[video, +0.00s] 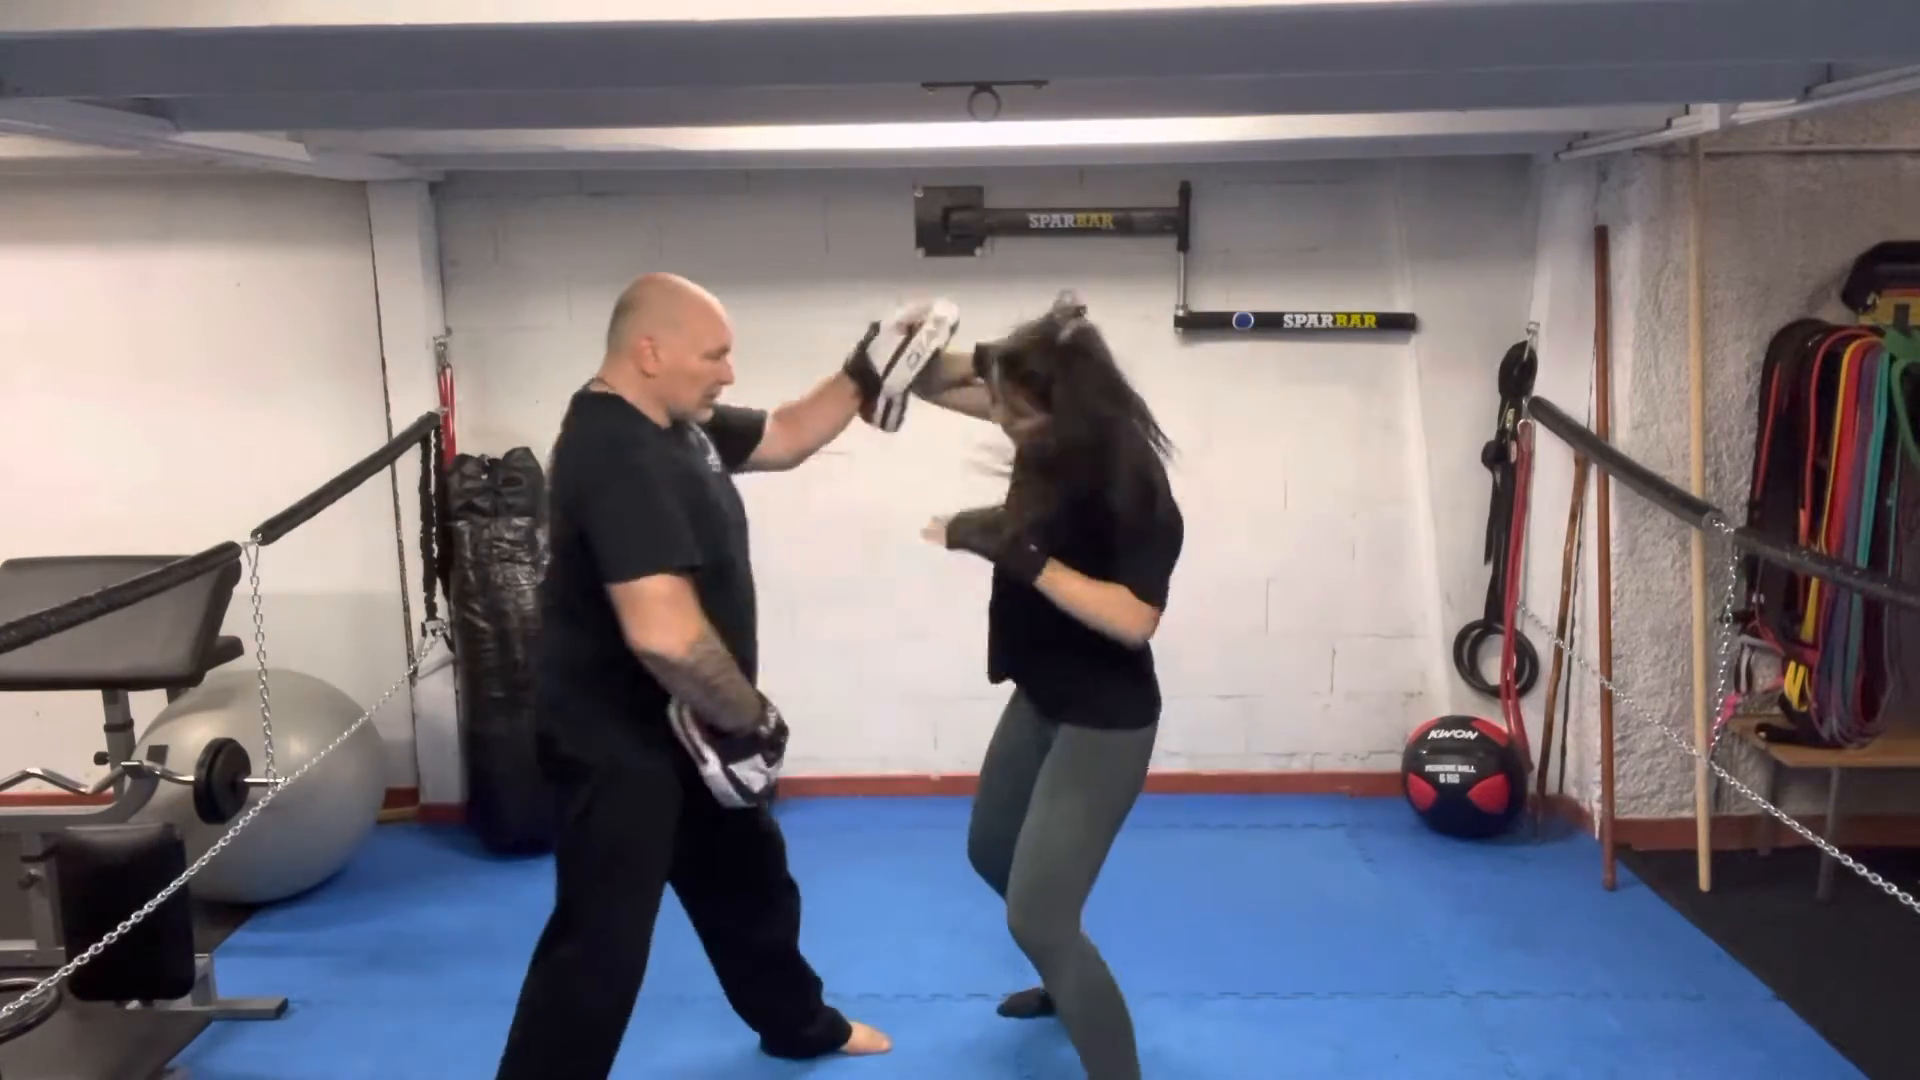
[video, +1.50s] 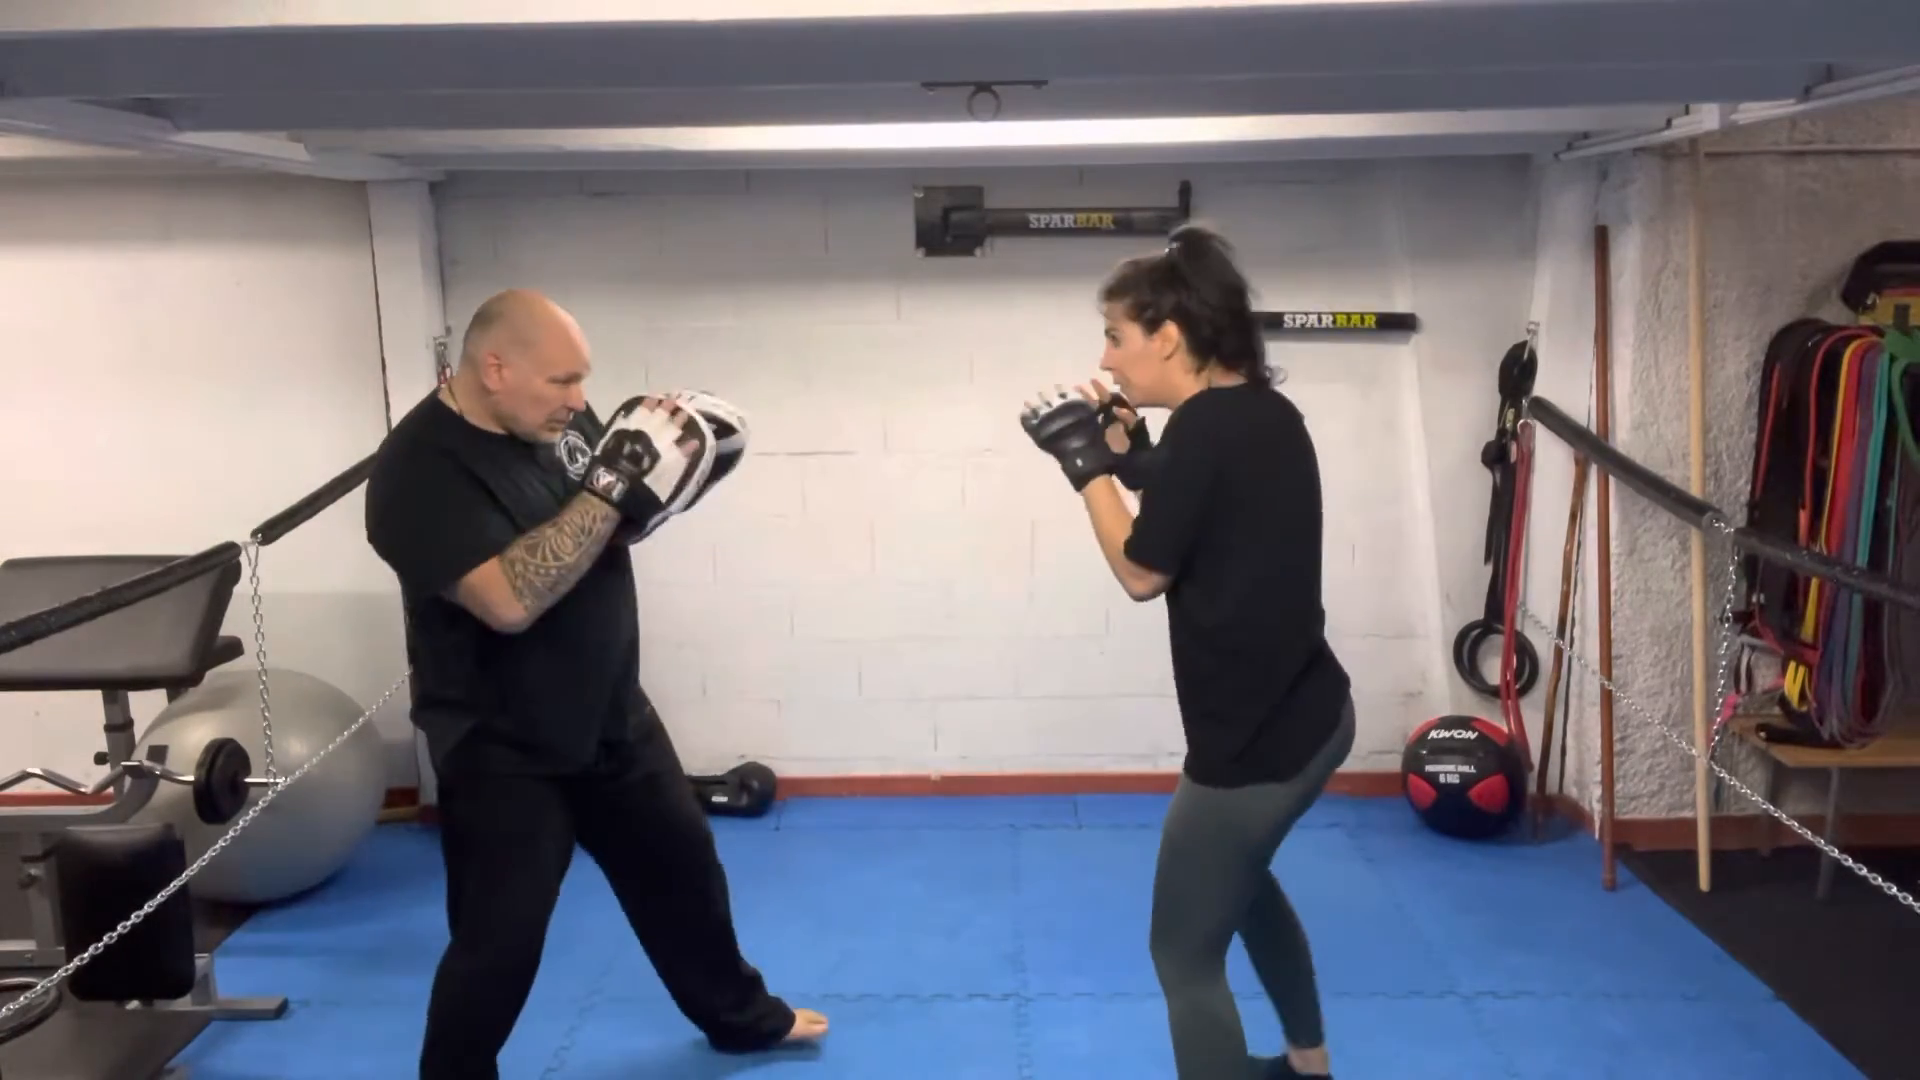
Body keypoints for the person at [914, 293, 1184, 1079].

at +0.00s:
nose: (1005, 425)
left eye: (1015, 415)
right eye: (1003, 412)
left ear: (1057, 409)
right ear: (1047, 400)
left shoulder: (1129, 477)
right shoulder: (1053, 432)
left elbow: (1135, 619)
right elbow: (940, 387)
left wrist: (1021, 556)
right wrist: (910, 343)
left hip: (1109, 721)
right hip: (1042, 699)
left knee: (1042, 920)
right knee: (994, 849)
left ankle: (1117, 1072)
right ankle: (1069, 980)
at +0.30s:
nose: (1027, 370)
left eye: (1041, 356)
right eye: (1032, 354)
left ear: (1092, 368)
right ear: (1093, 367)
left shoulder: (1131, 474)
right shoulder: (1166, 456)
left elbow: (1035, 599)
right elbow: (1127, 569)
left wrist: (970, 493)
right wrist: (1052, 503)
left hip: (1149, 766)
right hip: (1132, 744)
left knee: (1083, 984)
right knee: (1066, 849)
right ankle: (1078, 989)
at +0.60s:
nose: (1077, 365)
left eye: (1089, 346)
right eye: (1080, 345)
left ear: (1138, 351)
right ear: (1160, 350)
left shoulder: (1192, 451)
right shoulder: (1223, 437)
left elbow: (1148, 602)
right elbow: (1189, 566)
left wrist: (1054, 529)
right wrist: (1105, 507)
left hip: (1232, 758)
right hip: (1282, 733)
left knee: (1129, 969)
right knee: (1242, 886)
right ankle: (1374, 1026)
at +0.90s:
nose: (1143, 361)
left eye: (1153, 341)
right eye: (1144, 341)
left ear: (1202, 342)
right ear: (1219, 338)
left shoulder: (1249, 442)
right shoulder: (1294, 417)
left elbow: (1246, 601)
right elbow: (1281, 530)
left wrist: (1133, 553)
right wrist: (1183, 483)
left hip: (1303, 737)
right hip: (1355, 707)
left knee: (1217, 943)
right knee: (1341, 887)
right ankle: (1411, 1060)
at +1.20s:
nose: (1163, 333)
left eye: (1179, 316)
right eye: (1168, 314)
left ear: (1233, 334)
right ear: (1236, 336)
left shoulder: (1245, 436)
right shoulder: (1290, 422)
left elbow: (1186, 582)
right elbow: (1221, 554)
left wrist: (1114, 481)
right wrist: (1163, 460)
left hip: (1296, 744)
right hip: (1346, 713)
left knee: (1205, 948)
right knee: (1338, 888)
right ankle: (1410, 1060)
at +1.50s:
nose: (1104, 360)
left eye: (1114, 337)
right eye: (1106, 338)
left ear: (1170, 335)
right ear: (1178, 334)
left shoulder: (1201, 430)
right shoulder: (1274, 415)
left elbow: (1142, 571)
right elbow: (1231, 530)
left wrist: (1089, 468)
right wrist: (1141, 459)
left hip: (1248, 750)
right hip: (1313, 717)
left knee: (1185, 956)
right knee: (1241, 878)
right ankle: (1309, 1055)